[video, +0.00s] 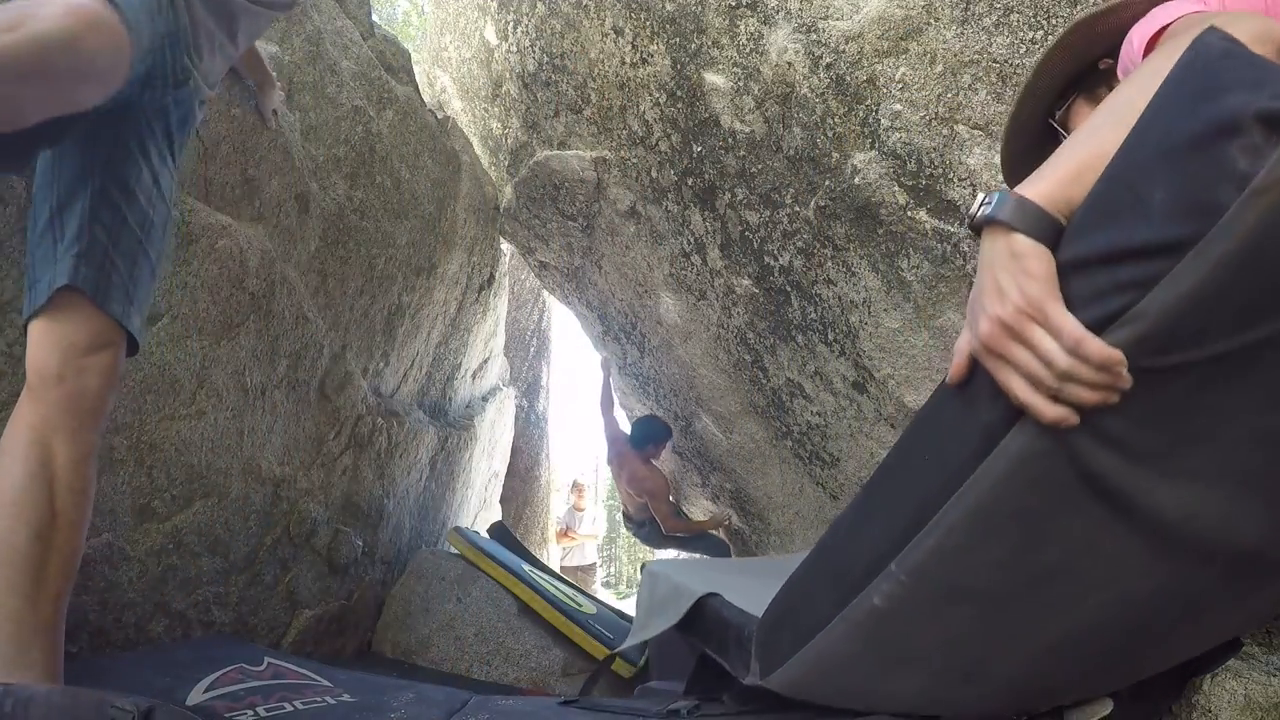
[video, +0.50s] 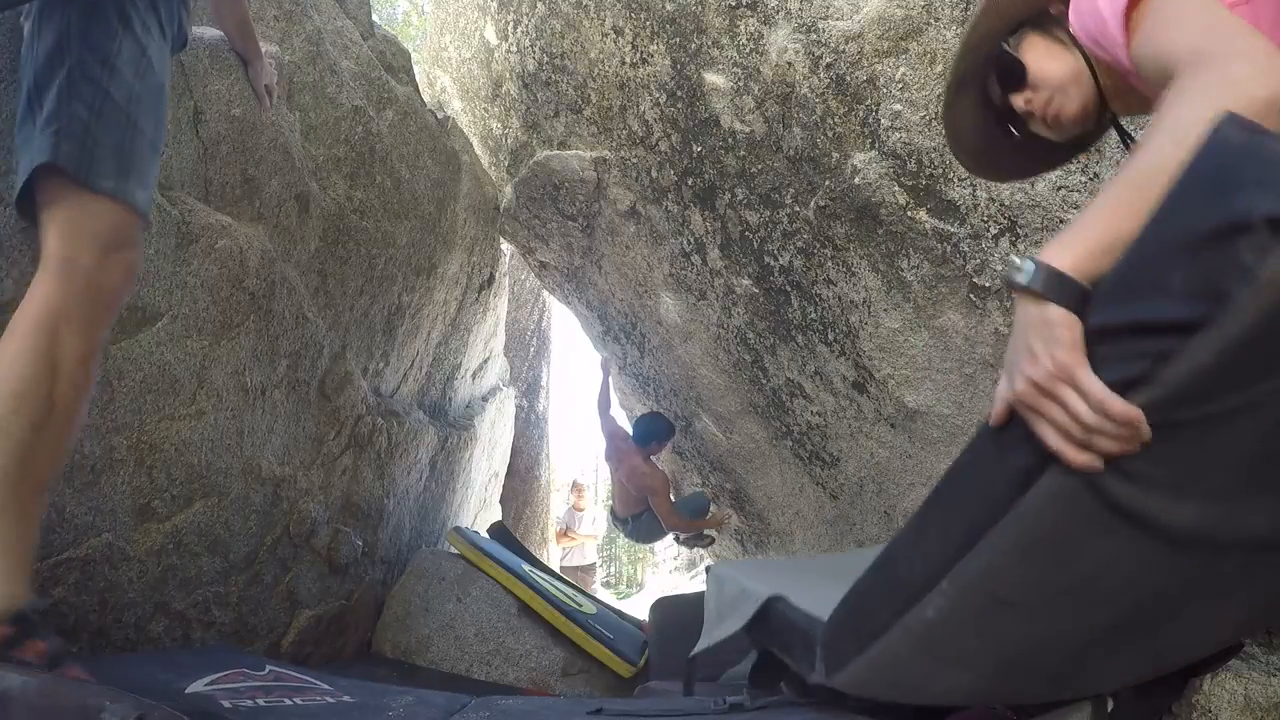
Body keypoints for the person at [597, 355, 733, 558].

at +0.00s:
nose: (664, 449)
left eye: (665, 445)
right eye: (662, 445)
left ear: (637, 436)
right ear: (651, 447)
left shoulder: (616, 441)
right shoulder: (652, 480)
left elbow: (606, 411)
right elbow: (671, 527)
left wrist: (606, 375)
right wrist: (710, 525)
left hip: (631, 519)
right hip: (654, 530)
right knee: (721, 548)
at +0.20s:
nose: (664, 448)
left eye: (665, 444)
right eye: (663, 444)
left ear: (636, 432)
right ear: (652, 444)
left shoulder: (616, 440)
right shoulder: (653, 480)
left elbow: (604, 409)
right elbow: (673, 525)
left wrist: (605, 375)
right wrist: (710, 524)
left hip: (621, 518)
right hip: (644, 528)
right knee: (712, 534)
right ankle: (707, 584)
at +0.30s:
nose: (665, 447)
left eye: (666, 442)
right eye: (664, 443)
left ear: (636, 431)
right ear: (653, 445)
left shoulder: (616, 438)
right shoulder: (653, 479)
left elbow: (604, 410)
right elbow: (672, 525)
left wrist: (605, 376)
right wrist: (711, 523)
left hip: (619, 518)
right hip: (643, 529)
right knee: (708, 522)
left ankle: (686, 539)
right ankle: (695, 559)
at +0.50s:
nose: (666, 446)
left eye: (667, 442)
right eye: (665, 442)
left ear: (637, 430)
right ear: (655, 445)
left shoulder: (616, 438)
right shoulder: (654, 478)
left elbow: (603, 411)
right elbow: (671, 524)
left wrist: (605, 375)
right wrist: (711, 524)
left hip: (616, 517)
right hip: (638, 528)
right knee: (701, 500)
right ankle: (689, 537)